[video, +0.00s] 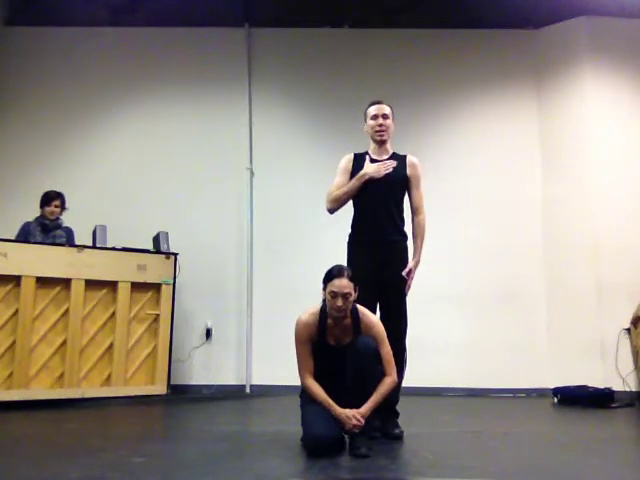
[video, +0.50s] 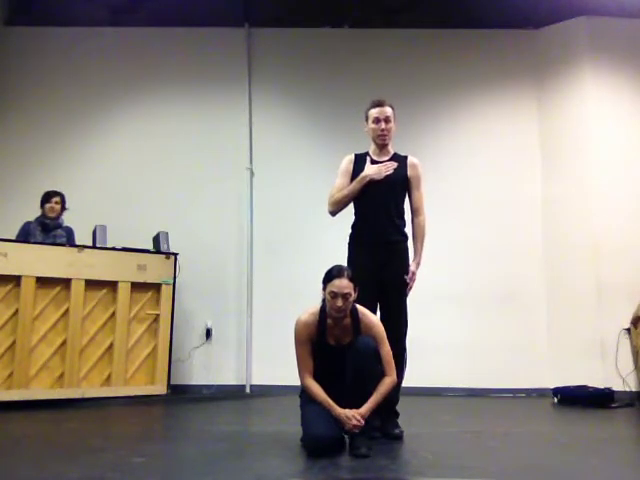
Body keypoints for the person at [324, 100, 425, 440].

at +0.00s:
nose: (380, 121)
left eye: (385, 117)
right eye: (375, 117)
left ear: (393, 124)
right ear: (365, 126)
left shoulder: (409, 165)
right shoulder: (352, 162)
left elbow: (418, 215)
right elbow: (331, 204)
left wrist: (415, 259)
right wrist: (364, 175)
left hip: (393, 257)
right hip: (361, 256)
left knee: (395, 337)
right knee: (358, 336)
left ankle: (388, 415)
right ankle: (359, 416)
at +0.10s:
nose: (381, 121)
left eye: (385, 117)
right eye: (375, 117)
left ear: (393, 124)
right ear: (365, 126)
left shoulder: (409, 165)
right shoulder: (352, 162)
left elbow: (418, 215)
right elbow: (331, 204)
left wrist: (415, 260)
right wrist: (364, 175)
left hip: (393, 256)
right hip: (361, 255)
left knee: (395, 336)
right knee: (358, 335)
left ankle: (388, 414)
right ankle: (359, 416)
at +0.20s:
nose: (381, 121)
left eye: (386, 116)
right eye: (375, 117)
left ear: (394, 124)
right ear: (365, 125)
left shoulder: (409, 165)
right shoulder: (352, 162)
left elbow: (419, 215)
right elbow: (331, 204)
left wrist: (416, 260)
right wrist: (365, 175)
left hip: (394, 256)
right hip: (361, 255)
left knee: (395, 336)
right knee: (358, 335)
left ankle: (388, 415)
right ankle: (359, 416)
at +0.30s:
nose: (382, 122)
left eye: (386, 117)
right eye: (376, 117)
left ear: (394, 124)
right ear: (366, 126)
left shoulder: (410, 165)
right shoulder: (353, 162)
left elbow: (419, 215)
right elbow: (331, 204)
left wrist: (416, 260)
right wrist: (365, 175)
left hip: (394, 256)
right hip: (361, 256)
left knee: (395, 337)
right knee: (358, 336)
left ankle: (388, 415)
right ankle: (359, 416)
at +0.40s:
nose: (382, 125)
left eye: (387, 119)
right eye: (376, 120)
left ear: (394, 124)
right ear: (366, 126)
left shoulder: (410, 166)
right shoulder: (352, 163)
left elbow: (419, 215)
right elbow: (332, 205)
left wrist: (416, 260)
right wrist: (365, 177)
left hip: (394, 257)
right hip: (361, 256)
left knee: (394, 337)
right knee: (358, 336)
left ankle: (388, 415)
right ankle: (359, 416)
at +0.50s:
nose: (383, 126)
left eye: (387, 120)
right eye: (377, 121)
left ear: (395, 125)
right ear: (366, 126)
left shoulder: (410, 166)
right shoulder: (353, 163)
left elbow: (418, 215)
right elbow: (333, 206)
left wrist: (416, 260)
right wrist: (365, 177)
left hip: (394, 257)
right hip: (361, 256)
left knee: (394, 337)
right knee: (358, 336)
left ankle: (388, 415)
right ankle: (359, 416)